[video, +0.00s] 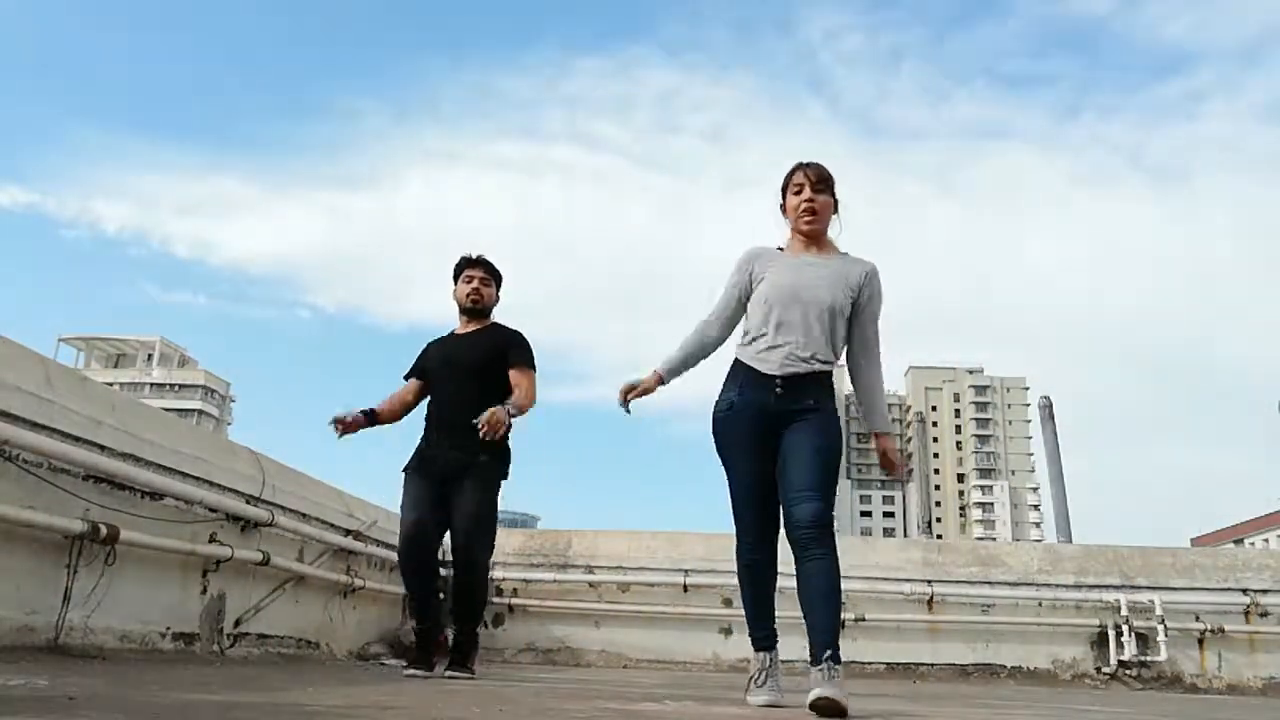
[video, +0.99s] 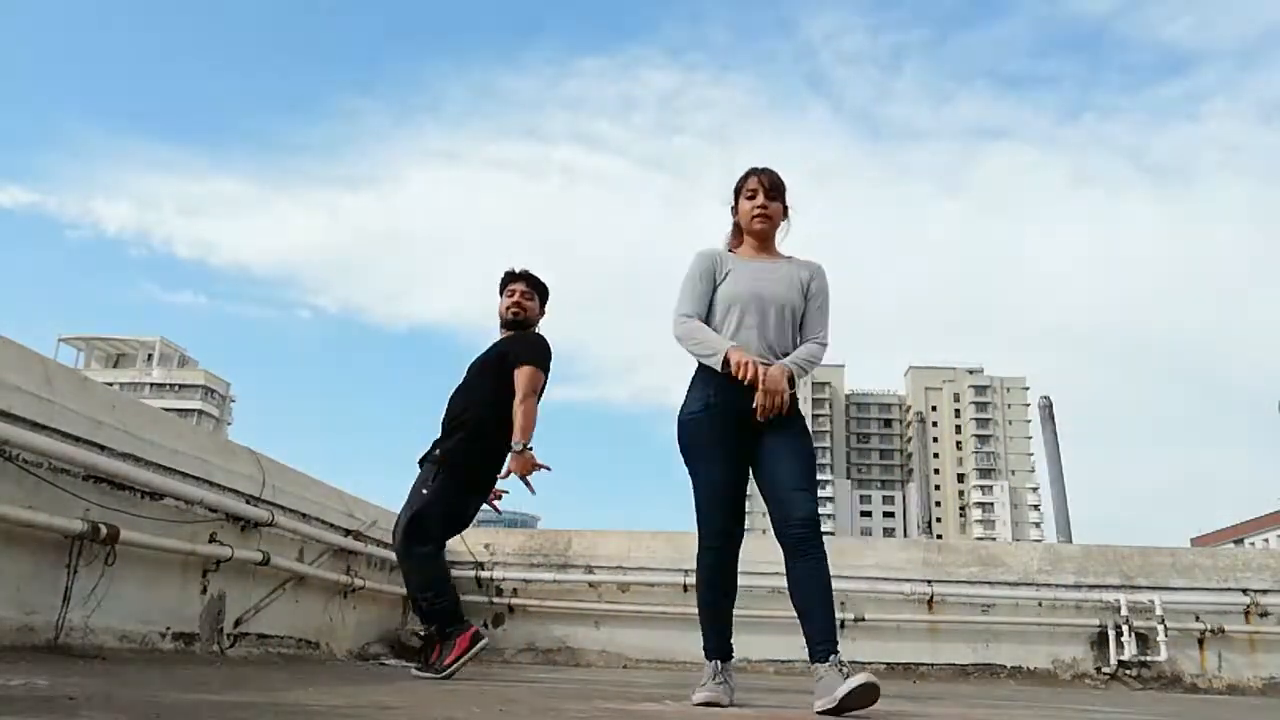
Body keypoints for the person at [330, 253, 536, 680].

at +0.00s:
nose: (475, 286)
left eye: (485, 282)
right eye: (468, 280)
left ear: (496, 295)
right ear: (455, 291)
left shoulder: (509, 341)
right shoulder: (436, 349)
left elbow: (525, 394)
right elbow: (403, 399)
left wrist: (506, 410)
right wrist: (366, 417)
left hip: (479, 463)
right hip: (430, 459)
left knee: (470, 556)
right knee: (414, 545)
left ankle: (464, 648)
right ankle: (428, 641)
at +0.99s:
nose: (517, 299)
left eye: (527, 296)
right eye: (511, 294)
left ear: (540, 311)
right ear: (500, 305)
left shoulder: (530, 342)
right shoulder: (502, 350)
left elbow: (528, 396)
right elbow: (482, 413)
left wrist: (520, 447)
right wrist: (484, 477)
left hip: (465, 458)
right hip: (449, 456)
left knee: (414, 537)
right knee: (408, 537)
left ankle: (453, 630)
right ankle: (439, 633)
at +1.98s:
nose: (520, 299)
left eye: (530, 296)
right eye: (513, 293)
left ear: (538, 310)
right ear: (498, 303)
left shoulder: (545, 366)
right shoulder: (467, 346)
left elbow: (580, 406)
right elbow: (430, 392)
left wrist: (620, 426)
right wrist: (396, 436)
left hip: (525, 481)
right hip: (470, 475)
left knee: (526, 568)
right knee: (445, 564)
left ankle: (524, 657)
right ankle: (416, 649)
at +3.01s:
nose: (479, 302)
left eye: (490, 302)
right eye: (475, 295)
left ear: (500, 317)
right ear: (463, 301)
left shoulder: (513, 360)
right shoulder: (431, 358)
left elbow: (535, 409)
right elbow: (396, 406)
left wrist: (530, 442)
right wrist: (360, 453)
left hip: (498, 482)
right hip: (439, 481)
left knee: (528, 559)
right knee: (417, 564)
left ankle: (541, 648)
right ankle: (391, 648)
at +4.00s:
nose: (491, 306)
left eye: (500, 301)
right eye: (483, 299)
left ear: (510, 312)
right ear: (470, 307)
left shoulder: (529, 362)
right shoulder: (446, 359)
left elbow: (544, 416)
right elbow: (422, 412)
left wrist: (520, 456)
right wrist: (425, 457)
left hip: (495, 484)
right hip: (439, 479)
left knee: (517, 560)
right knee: (413, 561)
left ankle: (535, 652)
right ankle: (391, 647)